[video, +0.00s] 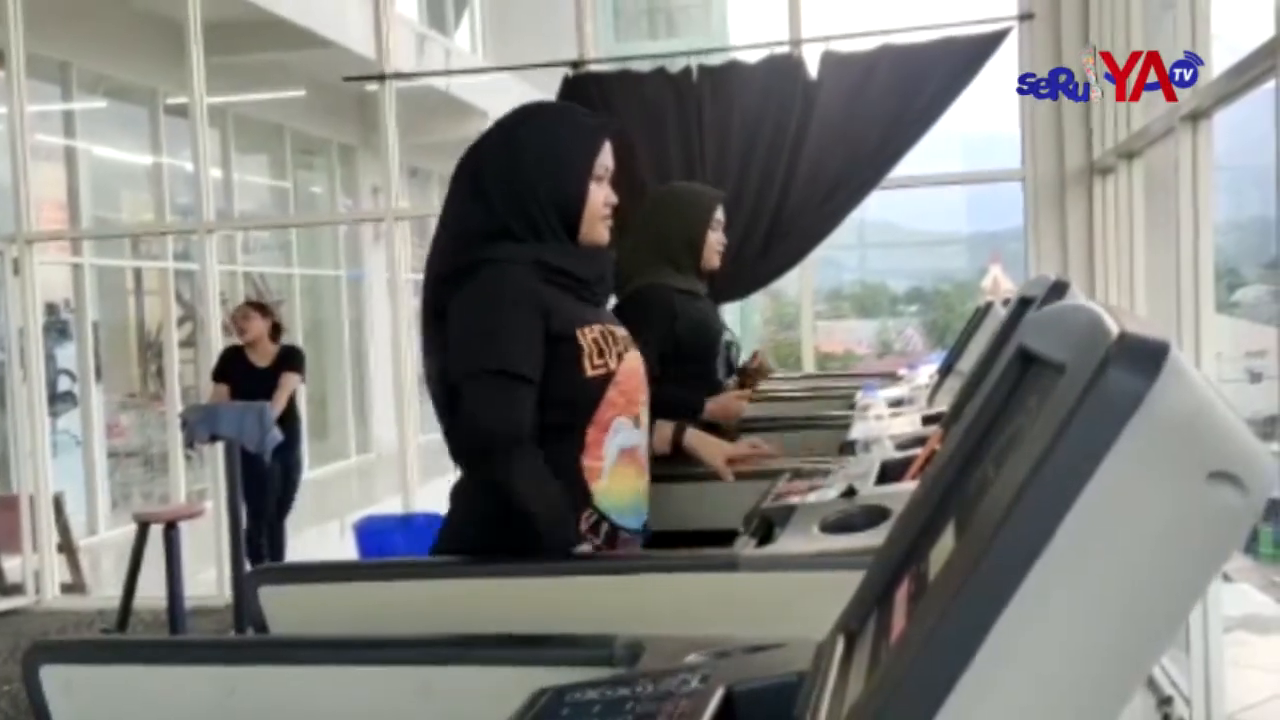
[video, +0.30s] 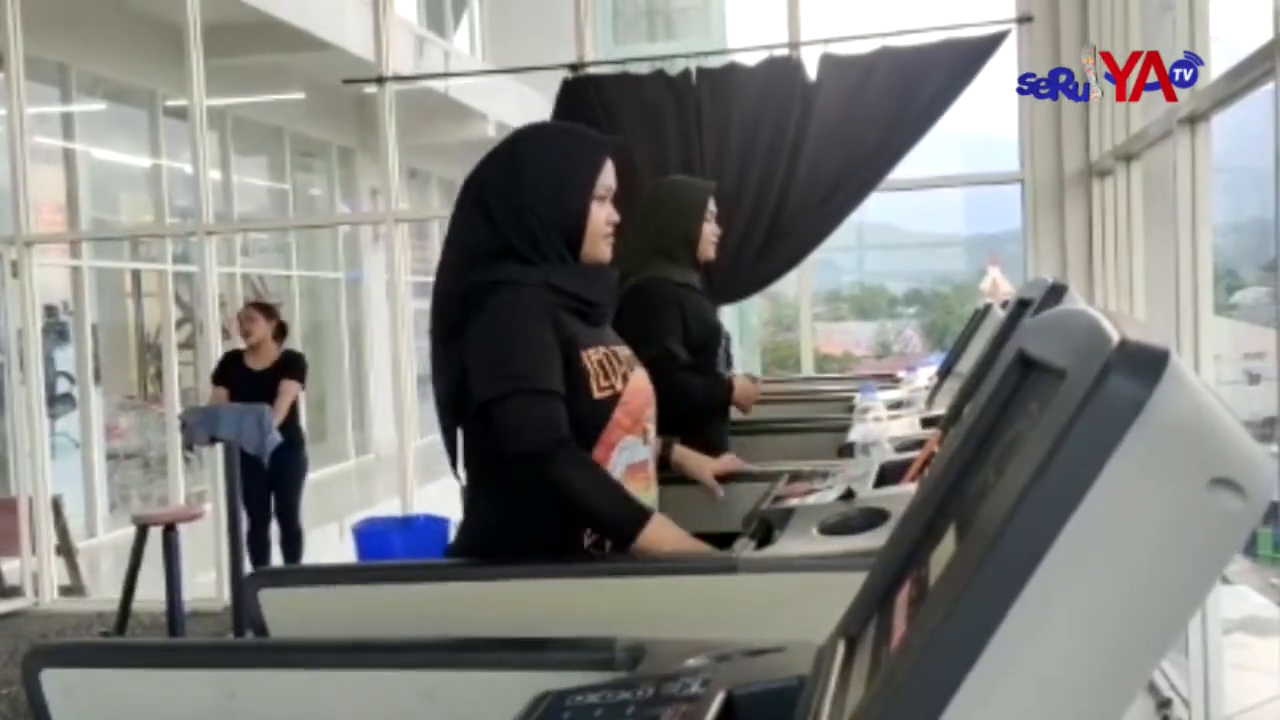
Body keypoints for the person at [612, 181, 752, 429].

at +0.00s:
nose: (723, 240)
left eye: (722, 229)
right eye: (713, 228)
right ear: (684, 229)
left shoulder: (689, 293)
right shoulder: (652, 297)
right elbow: (630, 392)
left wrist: (736, 381)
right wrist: (704, 407)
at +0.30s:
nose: (717, 231)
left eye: (715, 220)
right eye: (709, 220)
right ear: (681, 223)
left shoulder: (682, 288)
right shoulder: (655, 292)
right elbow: (665, 384)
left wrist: (726, 384)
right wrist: (727, 391)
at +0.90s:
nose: (714, 226)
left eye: (709, 215)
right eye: (703, 215)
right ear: (676, 224)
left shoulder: (690, 290)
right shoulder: (658, 292)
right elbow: (648, 383)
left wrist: (742, 379)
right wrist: (716, 408)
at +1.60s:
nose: (719, 228)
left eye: (714, 219)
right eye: (709, 219)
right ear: (684, 227)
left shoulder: (683, 290)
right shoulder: (669, 296)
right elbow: (683, 387)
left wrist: (736, 387)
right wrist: (739, 388)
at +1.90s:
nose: (727, 221)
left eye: (723, 211)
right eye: (716, 211)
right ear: (688, 219)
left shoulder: (688, 284)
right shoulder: (667, 289)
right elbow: (674, 380)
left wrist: (742, 386)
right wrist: (737, 407)